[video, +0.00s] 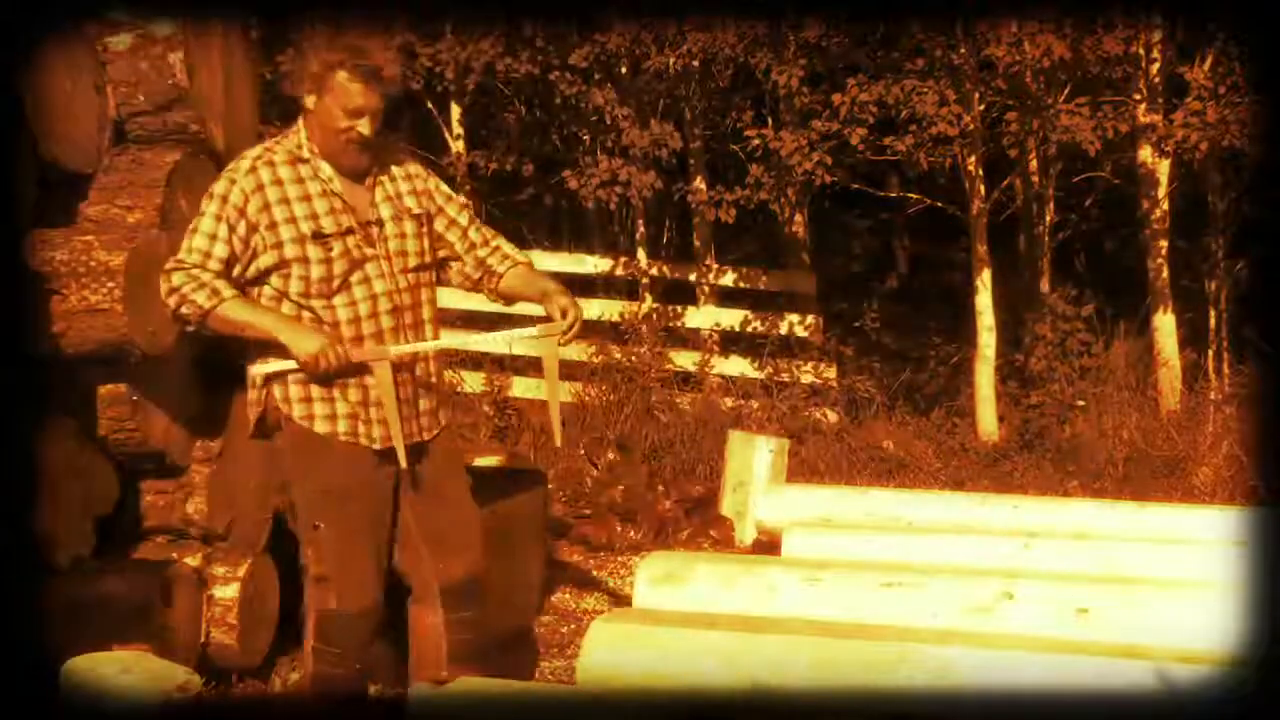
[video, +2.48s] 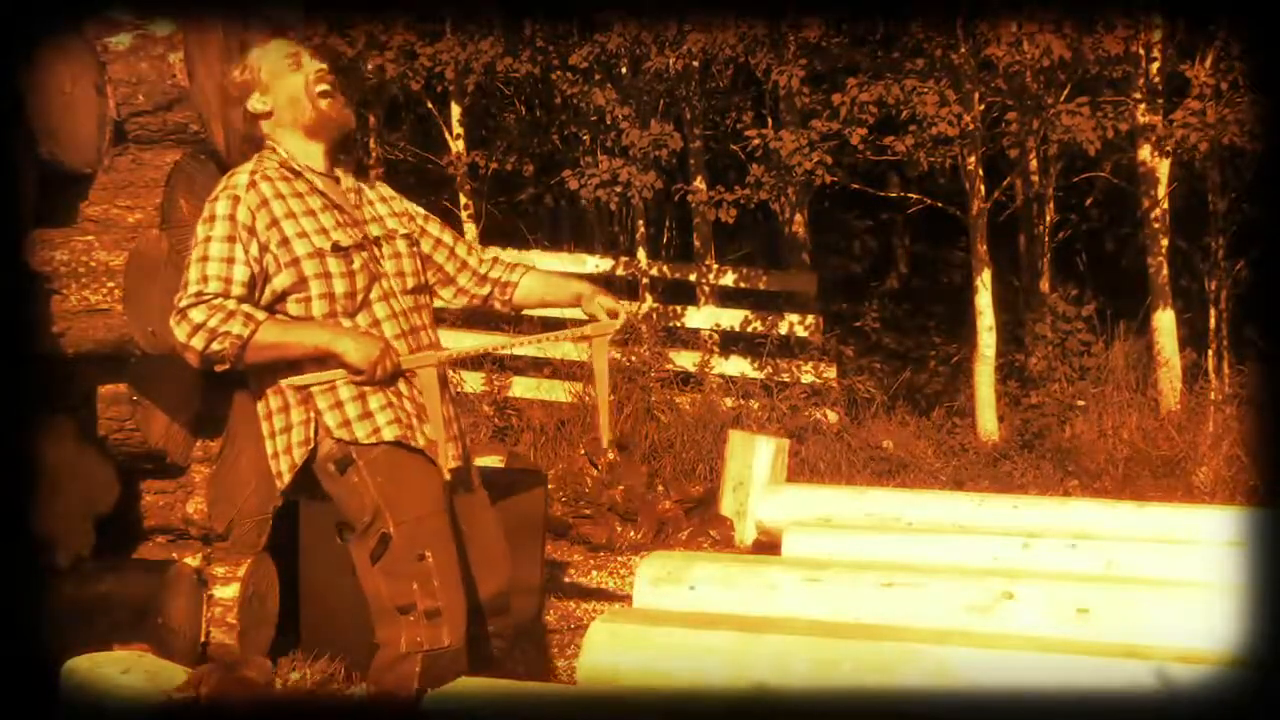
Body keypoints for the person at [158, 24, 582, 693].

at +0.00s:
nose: (365, 131)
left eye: (374, 117)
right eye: (352, 116)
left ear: (387, 109)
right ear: (308, 100)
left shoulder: (406, 175)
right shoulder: (254, 178)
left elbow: (476, 247)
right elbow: (185, 282)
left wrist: (540, 287)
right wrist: (286, 327)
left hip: (419, 421)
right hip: (323, 427)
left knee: (453, 586)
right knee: (349, 603)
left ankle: (443, 709)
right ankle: (335, 716)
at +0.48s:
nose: (386, 135)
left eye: (396, 121)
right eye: (373, 119)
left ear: (404, 115)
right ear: (325, 105)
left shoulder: (417, 187)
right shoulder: (271, 183)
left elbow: (505, 257)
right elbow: (204, 298)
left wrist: (593, 297)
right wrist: (321, 331)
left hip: (429, 425)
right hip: (339, 426)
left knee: (465, 590)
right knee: (377, 604)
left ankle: (455, 719)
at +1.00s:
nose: (335, 110)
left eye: (352, 96)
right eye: (319, 89)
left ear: (369, 108)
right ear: (280, 89)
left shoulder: (383, 188)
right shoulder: (241, 187)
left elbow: (486, 256)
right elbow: (191, 315)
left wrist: (592, 294)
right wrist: (322, 341)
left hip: (407, 436)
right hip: (323, 437)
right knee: (406, 628)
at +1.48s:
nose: (333, 111)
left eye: (351, 97)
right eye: (318, 91)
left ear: (371, 110)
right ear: (284, 92)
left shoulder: (395, 185)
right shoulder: (244, 189)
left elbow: (503, 247)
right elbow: (190, 317)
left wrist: (612, 278)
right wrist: (318, 336)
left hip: (429, 434)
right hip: (340, 437)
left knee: (479, 595)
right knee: (412, 616)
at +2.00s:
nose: (330, 114)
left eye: (348, 101)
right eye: (315, 94)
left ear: (366, 112)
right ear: (281, 93)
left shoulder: (388, 192)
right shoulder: (241, 188)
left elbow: (495, 257)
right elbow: (187, 315)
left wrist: (598, 283)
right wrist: (313, 334)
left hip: (423, 424)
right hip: (338, 423)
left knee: (483, 601)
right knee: (415, 626)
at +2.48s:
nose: (324, 70)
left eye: (322, 63)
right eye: (297, 63)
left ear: (336, 94)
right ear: (259, 104)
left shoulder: (380, 199)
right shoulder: (244, 194)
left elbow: (478, 273)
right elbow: (201, 324)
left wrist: (579, 291)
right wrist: (334, 338)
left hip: (431, 421)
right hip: (348, 423)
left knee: (494, 605)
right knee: (427, 625)